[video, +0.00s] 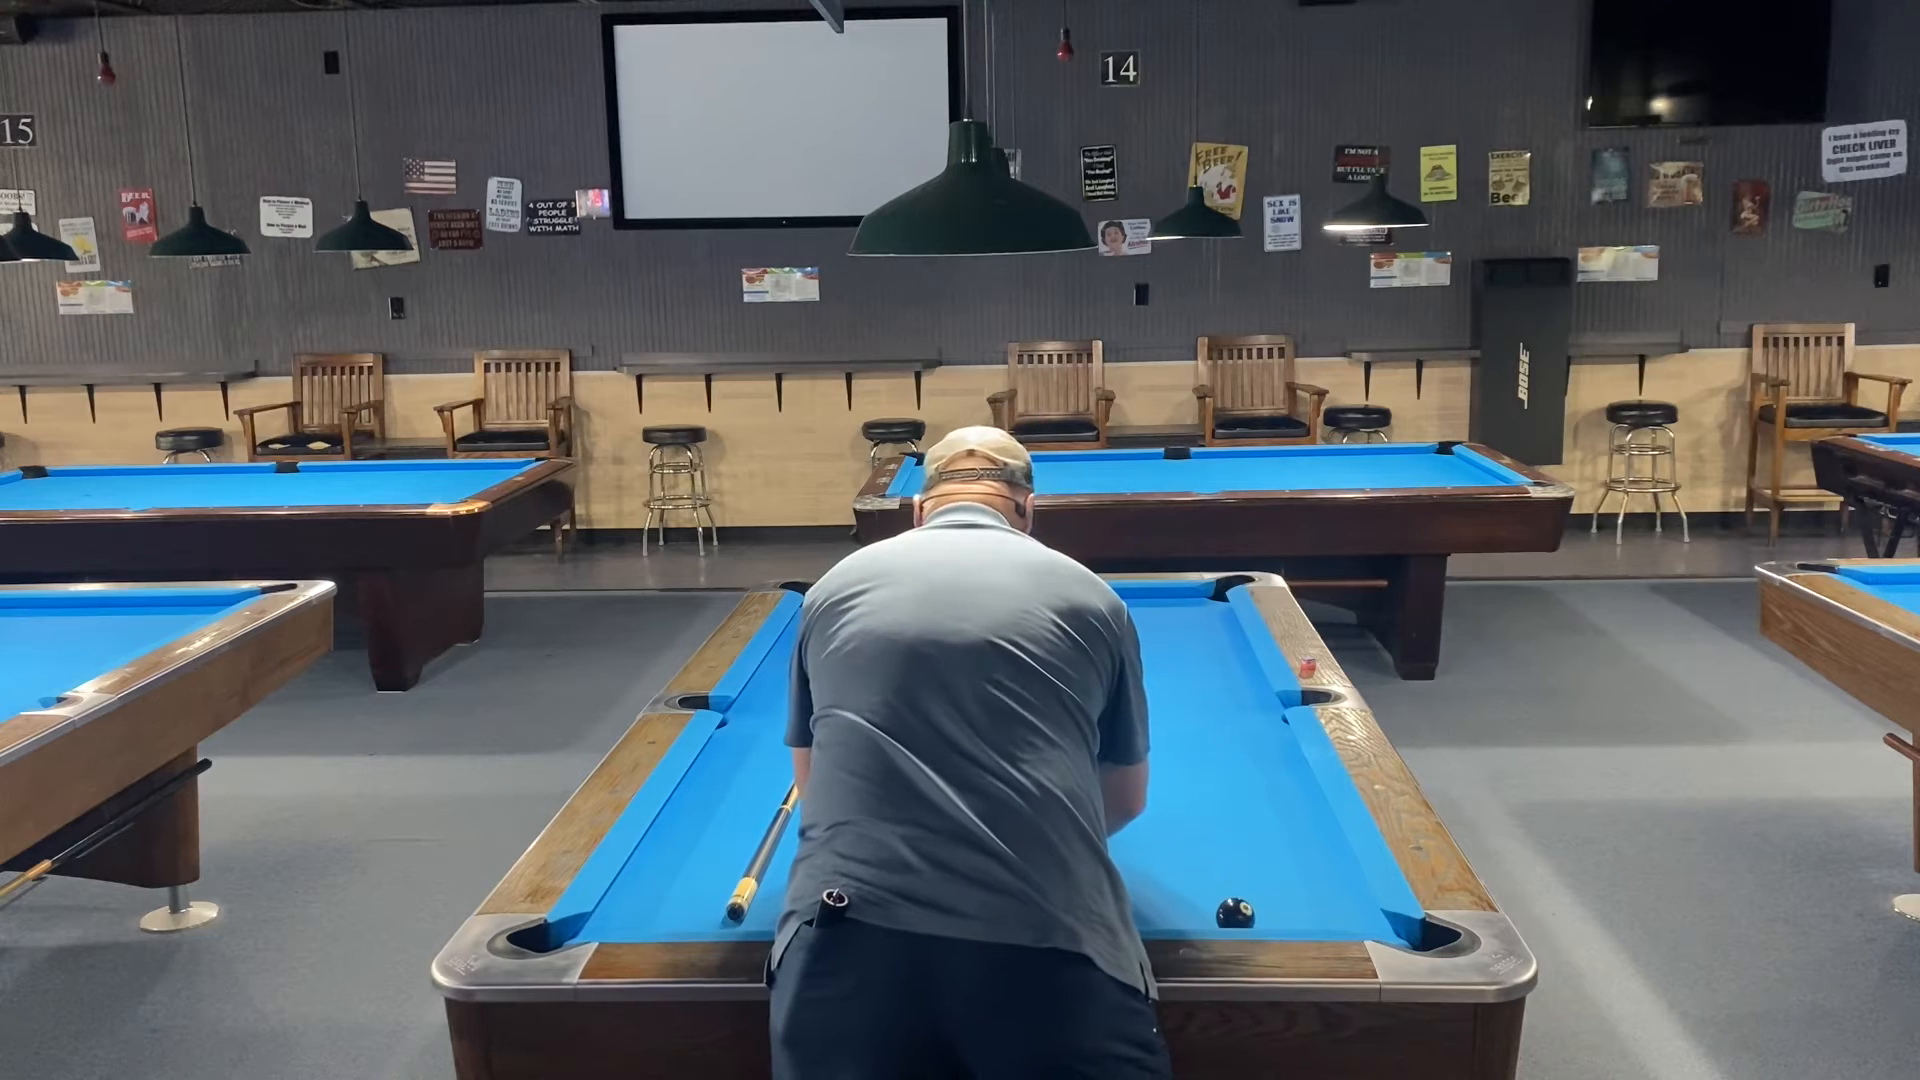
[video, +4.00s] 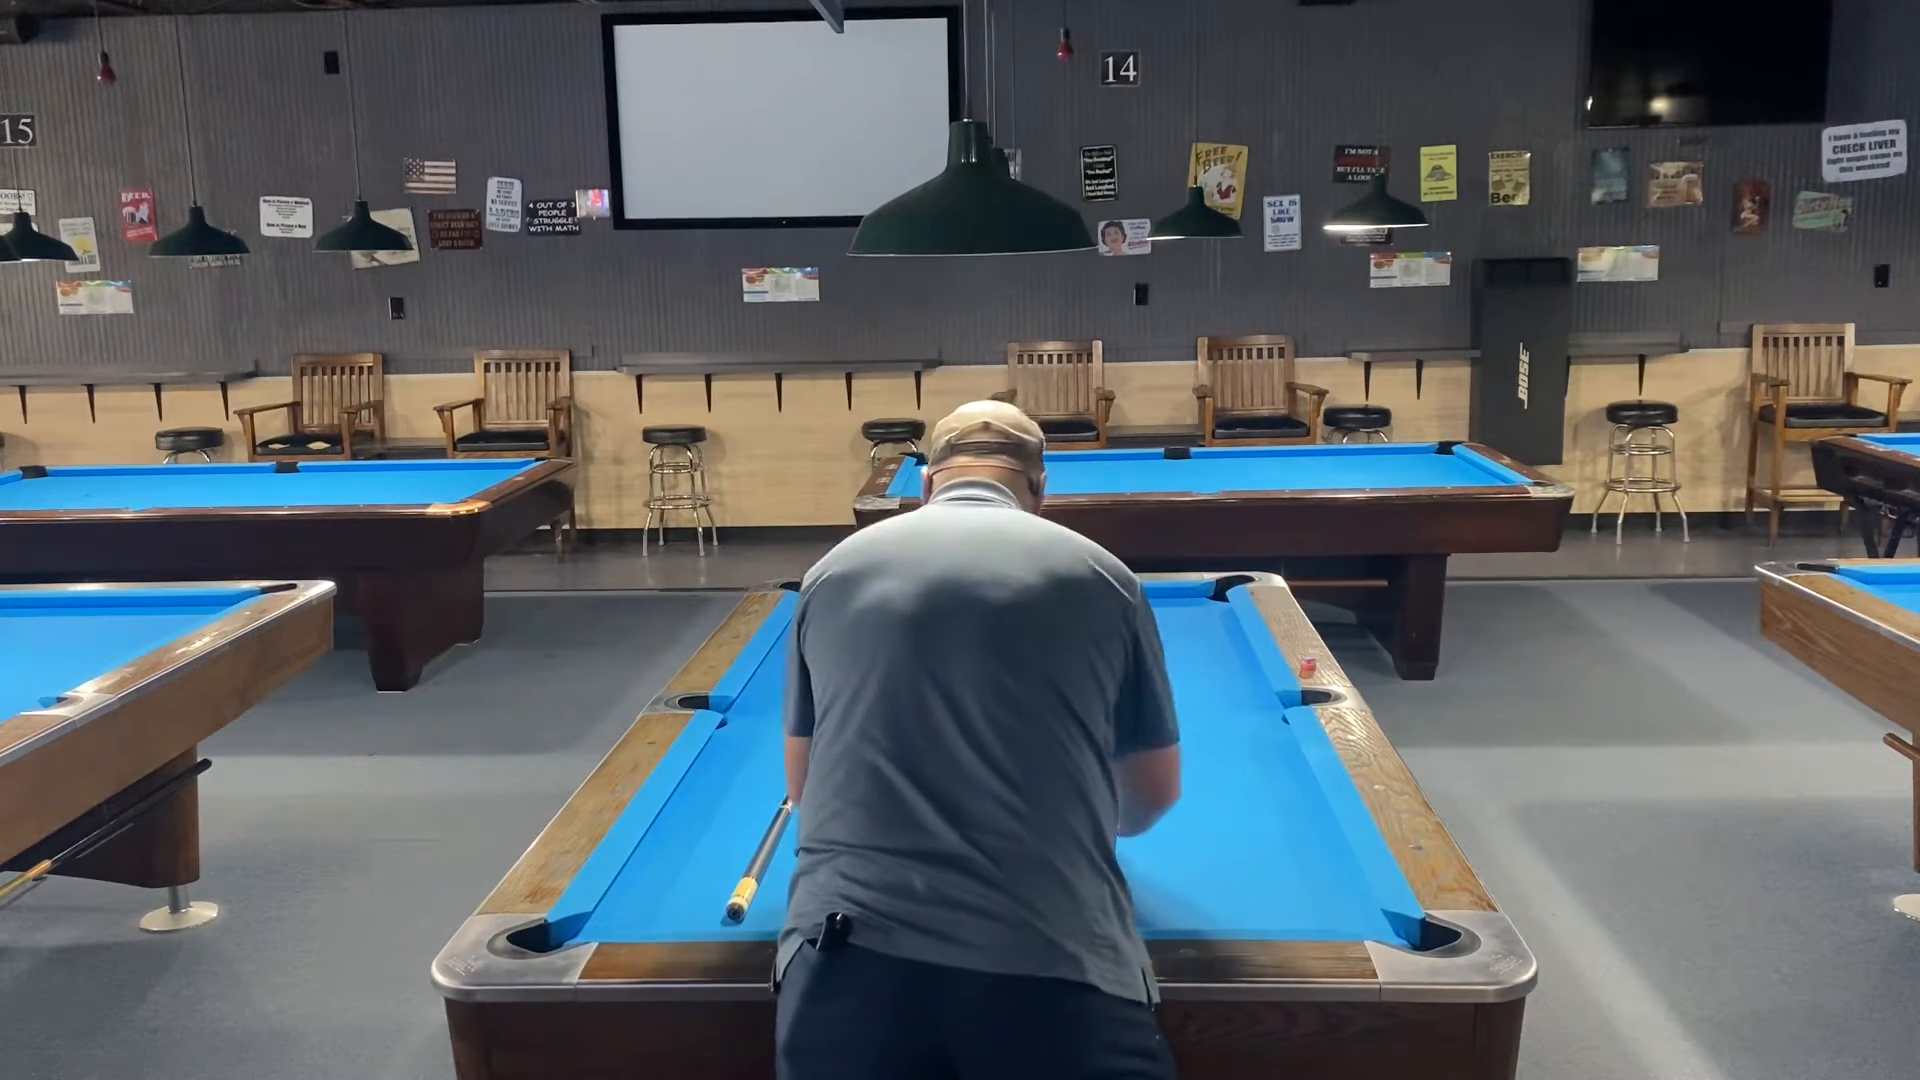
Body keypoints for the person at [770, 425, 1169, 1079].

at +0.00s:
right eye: (1030, 502)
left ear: (919, 510)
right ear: (1026, 505)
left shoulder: (835, 585)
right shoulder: (1092, 596)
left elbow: (812, 784)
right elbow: (1123, 795)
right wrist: (1028, 843)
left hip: (846, 958)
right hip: (1051, 964)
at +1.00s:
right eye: (1020, 509)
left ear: (911, 518)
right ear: (1018, 514)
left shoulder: (834, 591)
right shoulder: (1088, 597)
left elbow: (809, 786)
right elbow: (1123, 798)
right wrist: (1028, 845)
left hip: (846, 955)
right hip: (1050, 962)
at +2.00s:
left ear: (912, 520)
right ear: (1018, 519)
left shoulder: (835, 591)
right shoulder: (1089, 597)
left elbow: (810, 787)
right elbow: (1125, 800)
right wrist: (1030, 848)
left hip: (847, 955)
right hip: (1051, 962)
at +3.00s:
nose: (1044, 485)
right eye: (1041, 470)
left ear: (914, 461)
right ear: (1027, 462)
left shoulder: (809, 552)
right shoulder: (1101, 561)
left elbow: (761, 778)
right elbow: (1176, 789)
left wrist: (846, 831)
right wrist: (1154, 831)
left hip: (844, 987)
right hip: (1053, 1005)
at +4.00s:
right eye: (1041, 484)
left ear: (927, 483)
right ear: (1037, 486)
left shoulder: (834, 570)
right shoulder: (1104, 576)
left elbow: (804, 780)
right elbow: (1153, 787)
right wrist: (1065, 827)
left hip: (850, 977)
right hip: (1057, 984)